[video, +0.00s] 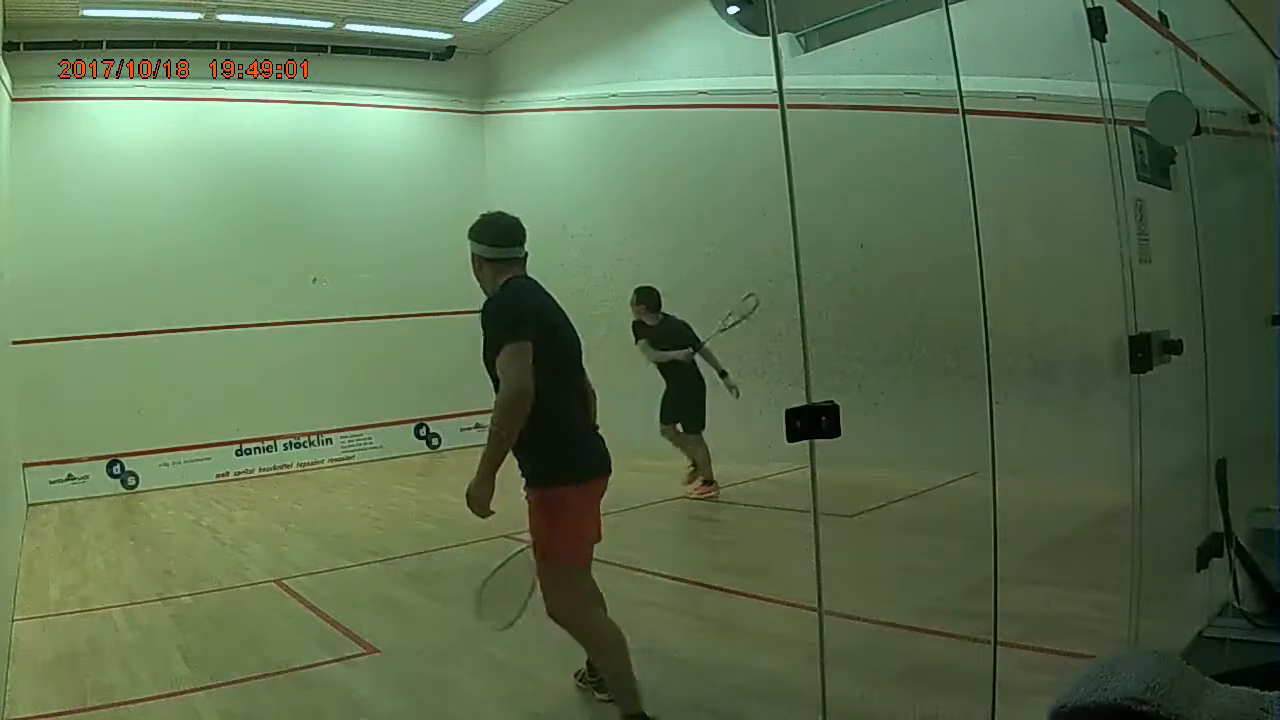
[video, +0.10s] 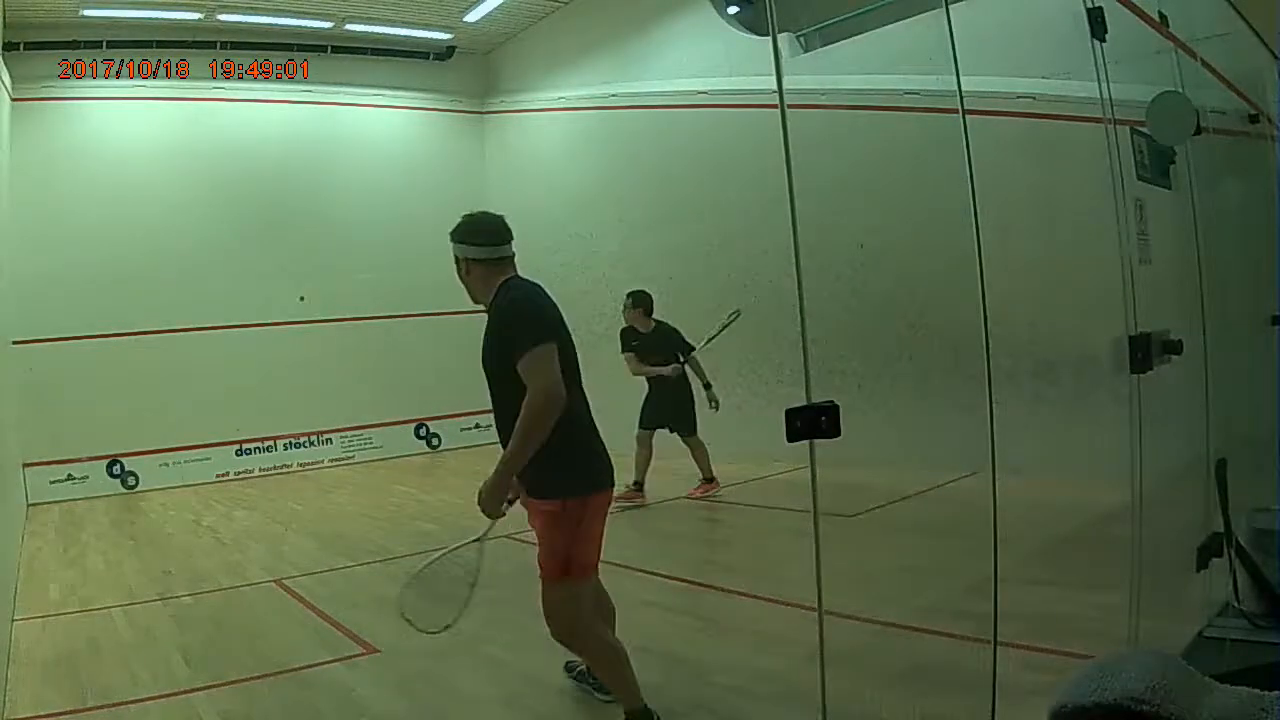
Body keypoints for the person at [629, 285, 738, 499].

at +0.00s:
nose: (632, 309)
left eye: (634, 305)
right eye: (632, 305)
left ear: (643, 308)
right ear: (648, 308)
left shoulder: (676, 327)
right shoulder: (638, 326)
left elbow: (702, 350)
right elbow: (650, 355)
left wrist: (724, 376)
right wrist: (676, 355)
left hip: (692, 384)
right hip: (673, 385)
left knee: (692, 434)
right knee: (667, 430)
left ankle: (709, 480)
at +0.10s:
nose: (623, 313)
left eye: (626, 308)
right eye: (623, 308)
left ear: (640, 311)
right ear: (637, 312)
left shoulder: (666, 331)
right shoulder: (627, 334)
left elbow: (690, 358)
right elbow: (634, 368)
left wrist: (708, 387)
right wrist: (664, 370)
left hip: (678, 389)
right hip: (655, 390)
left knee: (689, 436)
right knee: (643, 436)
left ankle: (710, 480)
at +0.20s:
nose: (613, 315)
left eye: (617, 311)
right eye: (613, 310)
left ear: (632, 313)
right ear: (624, 314)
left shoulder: (653, 337)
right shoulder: (616, 338)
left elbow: (674, 368)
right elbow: (616, 372)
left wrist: (687, 396)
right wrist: (637, 385)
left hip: (663, 394)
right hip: (638, 395)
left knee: (675, 441)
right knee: (625, 441)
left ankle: (705, 477)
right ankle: (621, 498)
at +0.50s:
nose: (591, 304)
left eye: (597, 299)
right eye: (590, 299)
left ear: (610, 301)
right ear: (590, 302)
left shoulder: (621, 331)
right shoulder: (594, 332)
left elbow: (633, 368)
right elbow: (589, 364)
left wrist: (622, 398)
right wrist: (578, 390)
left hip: (622, 397)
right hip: (603, 395)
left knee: (612, 452)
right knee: (602, 451)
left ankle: (622, 500)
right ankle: (618, 498)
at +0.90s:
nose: (558, 284)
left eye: (561, 279)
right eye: (560, 279)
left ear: (573, 282)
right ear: (579, 283)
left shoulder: (583, 316)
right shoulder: (587, 312)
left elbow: (589, 362)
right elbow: (589, 361)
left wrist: (555, 386)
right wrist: (571, 391)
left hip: (590, 400)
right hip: (597, 397)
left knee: (577, 461)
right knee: (594, 458)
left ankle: (601, 526)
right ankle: (623, 515)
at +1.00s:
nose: (554, 282)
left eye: (558, 276)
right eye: (556, 276)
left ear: (569, 279)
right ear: (577, 278)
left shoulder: (579, 310)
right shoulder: (581, 307)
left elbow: (586, 359)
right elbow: (587, 359)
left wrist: (557, 392)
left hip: (585, 395)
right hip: (599, 394)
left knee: (564, 464)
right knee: (596, 463)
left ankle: (598, 524)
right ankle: (637, 518)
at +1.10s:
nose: (553, 303)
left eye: (555, 297)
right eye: (554, 297)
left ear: (563, 297)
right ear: (578, 294)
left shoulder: (575, 330)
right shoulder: (580, 327)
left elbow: (583, 374)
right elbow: (587, 375)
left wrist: (555, 409)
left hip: (585, 409)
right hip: (603, 408)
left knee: (564, 479)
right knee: (602, 479)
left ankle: (579, 548)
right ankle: (642, 535)